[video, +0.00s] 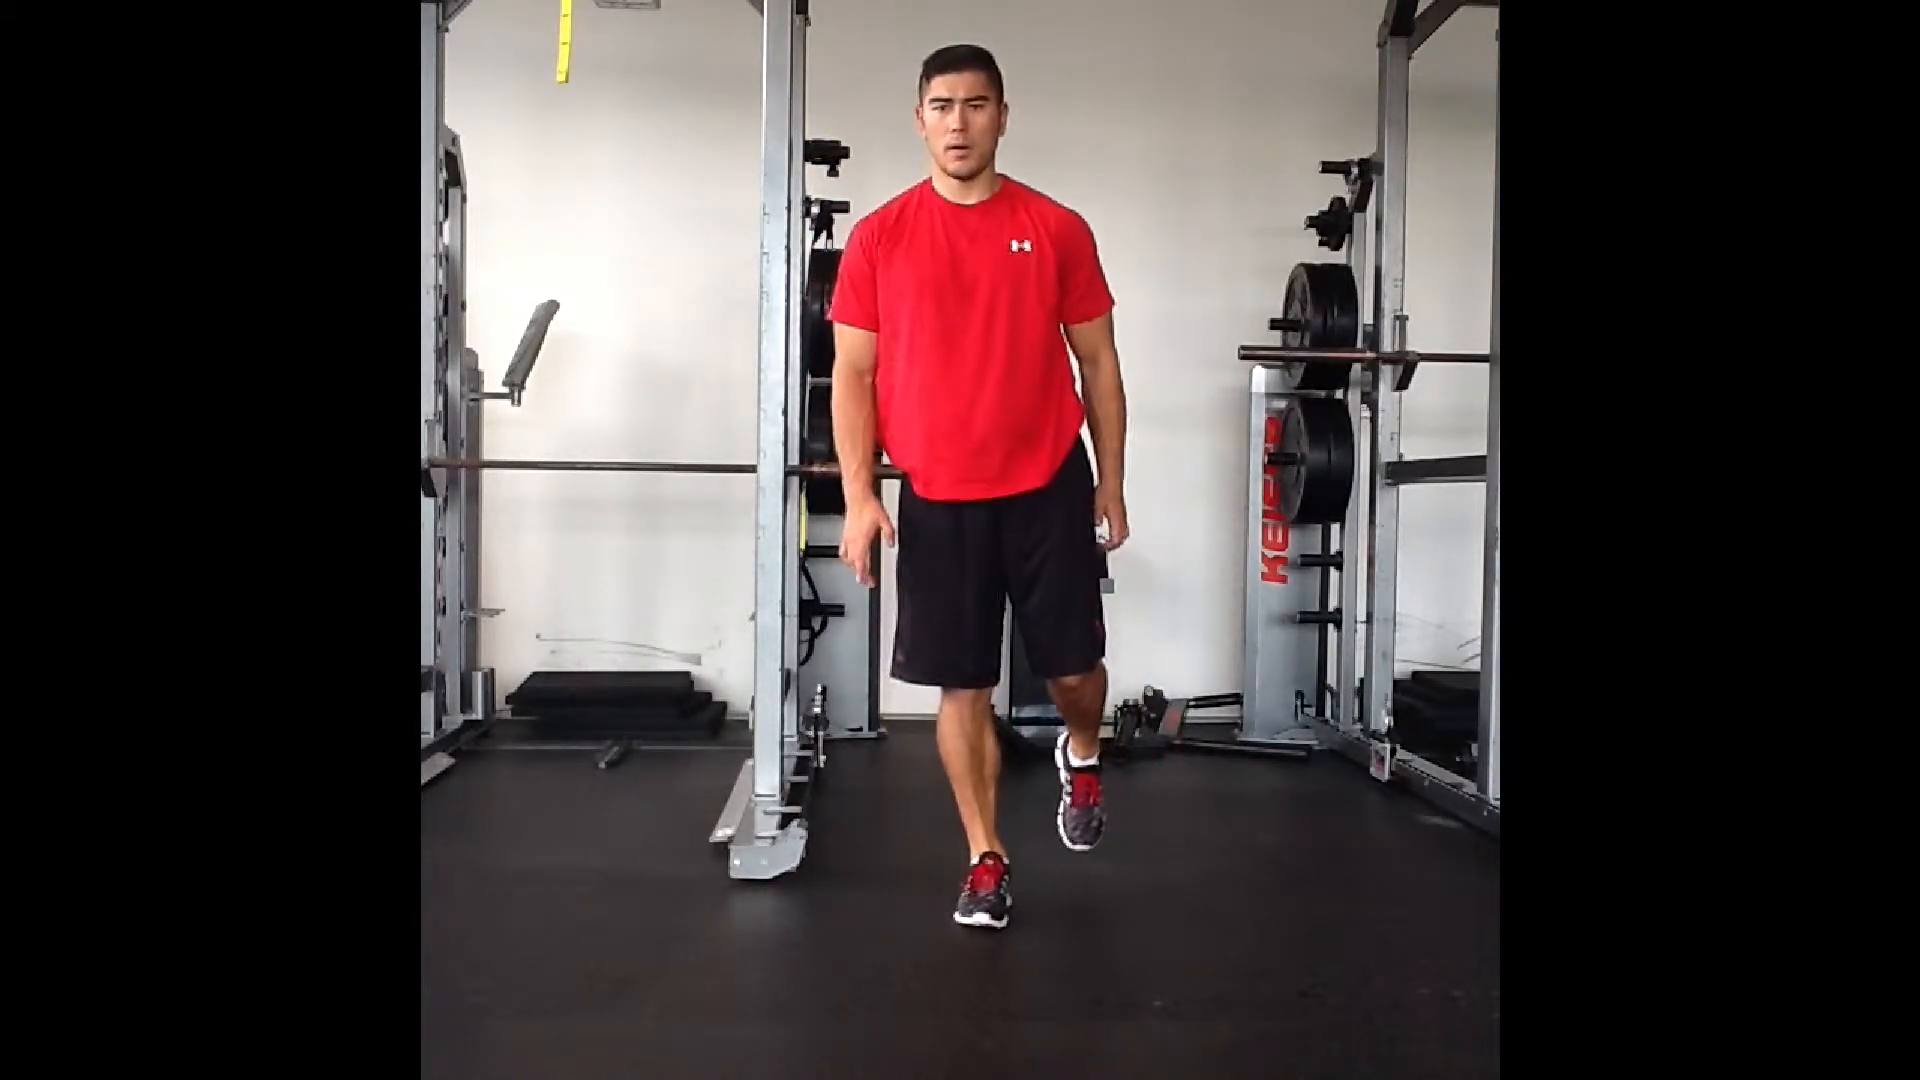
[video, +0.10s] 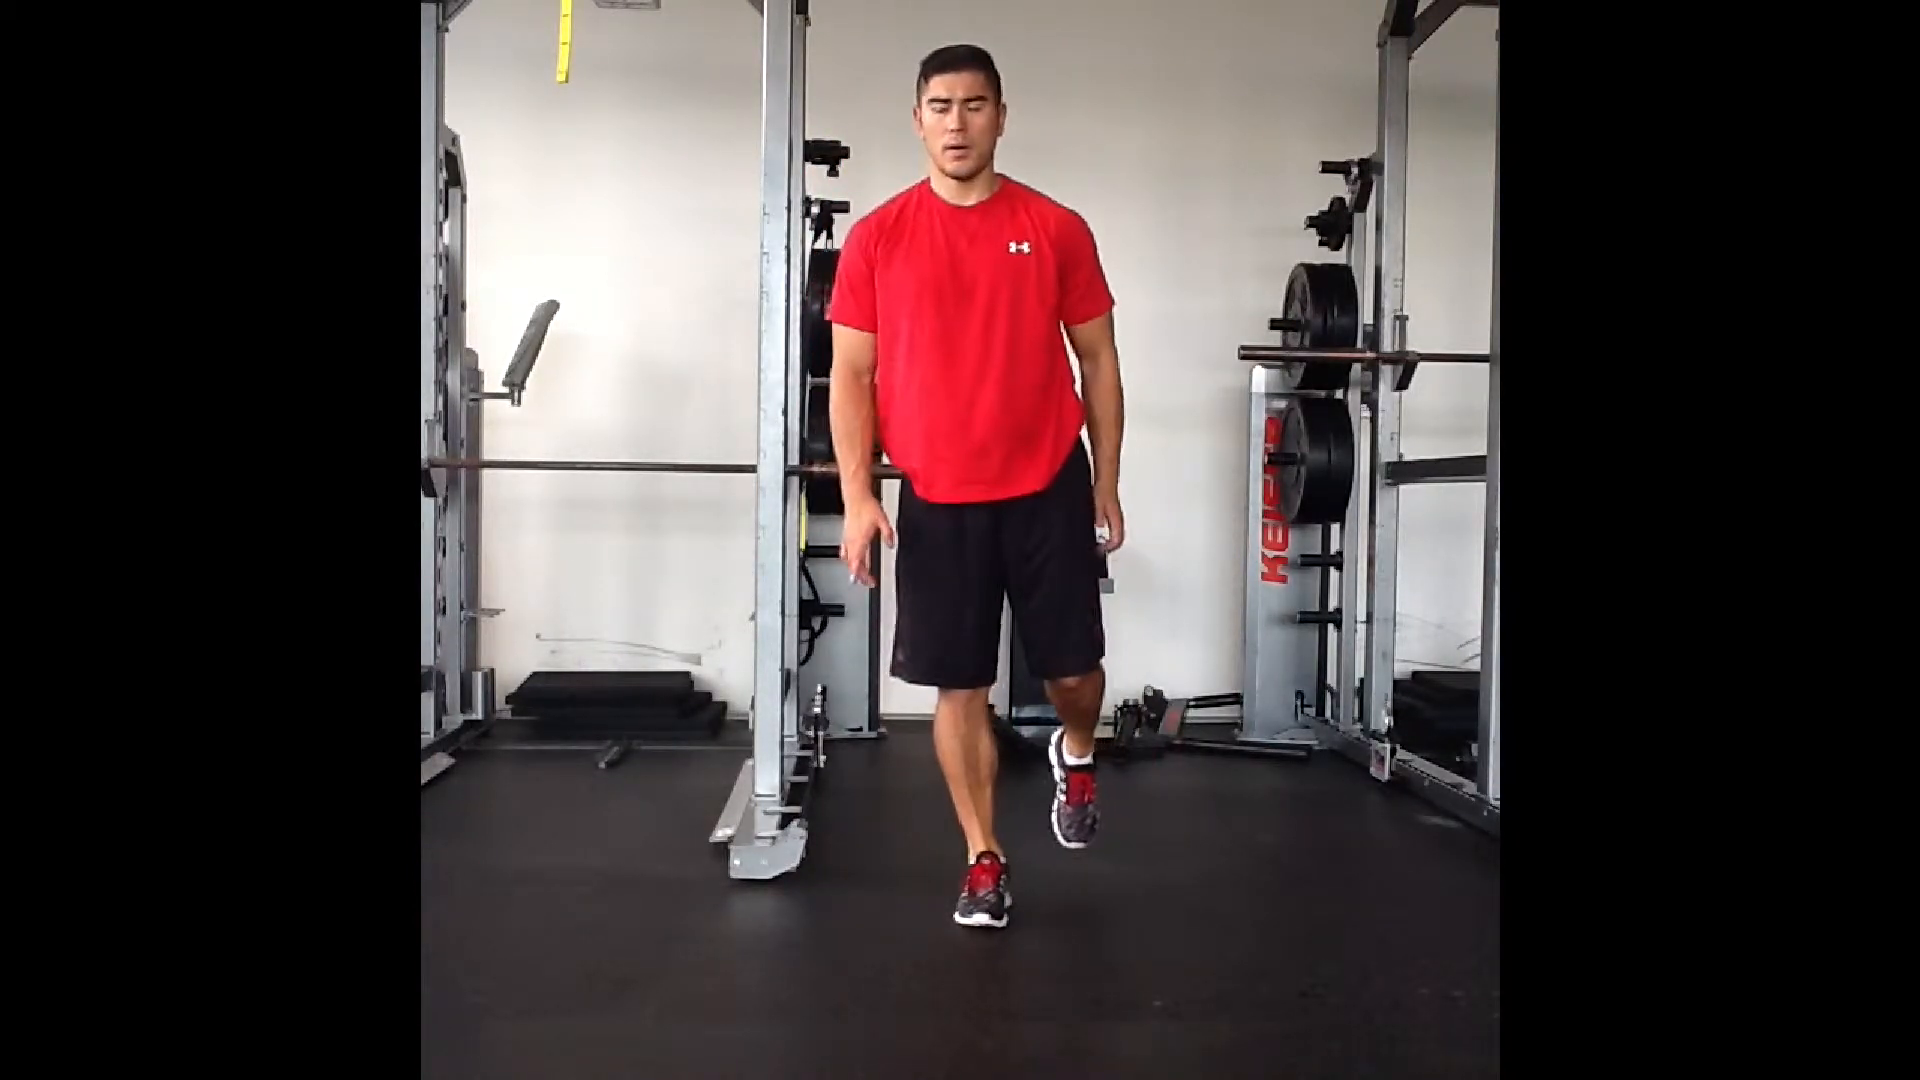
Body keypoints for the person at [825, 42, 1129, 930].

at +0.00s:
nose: (958, 121)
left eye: (975, 105)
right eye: (942, 105)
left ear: (1002, 118)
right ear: (920, 120)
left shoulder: (1056, 230)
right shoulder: (876, 238)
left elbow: (1097, 358)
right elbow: (853, 373)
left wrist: (1111, 482)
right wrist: (858, 494)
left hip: (1047, 488)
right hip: (936, 498)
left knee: (1072, 672)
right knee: (960, 683)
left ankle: (1081, 762)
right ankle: (983, 858)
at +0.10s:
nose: (956, 122)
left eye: (973, 105)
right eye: (940, 106)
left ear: (1000, 118)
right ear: (918, 121)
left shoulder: (1056, 230)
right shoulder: (875, 239)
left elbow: (1097, 357)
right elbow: (851, 373)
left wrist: (1106, 482)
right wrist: (857, 494)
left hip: (1048, 490)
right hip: (936, 500)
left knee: (1072, 673)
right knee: (957, 683)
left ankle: (1076, 762)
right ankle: (981, 859)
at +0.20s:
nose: (953, 124)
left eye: (971, 107)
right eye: (937, 108)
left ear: (999, 119)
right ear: (915, 121)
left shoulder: (1056, 230)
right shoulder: (872, 239)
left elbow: (1095, 360)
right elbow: (844, 373)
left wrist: (1098, 483)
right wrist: (856, 496)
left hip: (1050, 494)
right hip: (938, 504)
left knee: (1073, 676)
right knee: (958, 685)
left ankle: (1073, 759)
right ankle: (982, 859)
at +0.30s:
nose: (953, 124)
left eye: (969, 107)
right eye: (936, 108)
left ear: (997, 119)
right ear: (915, 122)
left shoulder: (1055, 232)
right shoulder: (871, 238)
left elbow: (1094, 364)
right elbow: (839, 371)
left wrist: (1098, 491)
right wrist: (856, 492)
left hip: (1047, 497)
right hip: (938, 505)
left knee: (1073, 678)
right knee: (958, 685)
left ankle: (1071, 752)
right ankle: (982, 859)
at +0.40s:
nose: (952, 130)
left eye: (970, 113)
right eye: (935, 113)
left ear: (997, 125)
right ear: (914, 127)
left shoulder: (1054, 237)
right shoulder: (872, 241)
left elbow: (1095, 368)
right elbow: (841, 370)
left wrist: (1087, 495)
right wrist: (864, 493)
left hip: (1044, 502)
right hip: (936, 509)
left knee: (1070, 669)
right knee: (957, 686)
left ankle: (1067, 742)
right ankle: (982, 859)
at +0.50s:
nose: (951, 147)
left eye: (969, 130)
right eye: (935, 131)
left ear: (997, 144)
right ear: (913, 146)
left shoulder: (1053, 259)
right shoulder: (870, 260)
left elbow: (1096, 390)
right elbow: (851, 374)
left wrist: (1051, 495)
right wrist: (871, 491)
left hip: (1047, 506)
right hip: (939, 514)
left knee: (1061, 662)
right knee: (953, 684)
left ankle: (1056, 718)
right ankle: (980, 858)